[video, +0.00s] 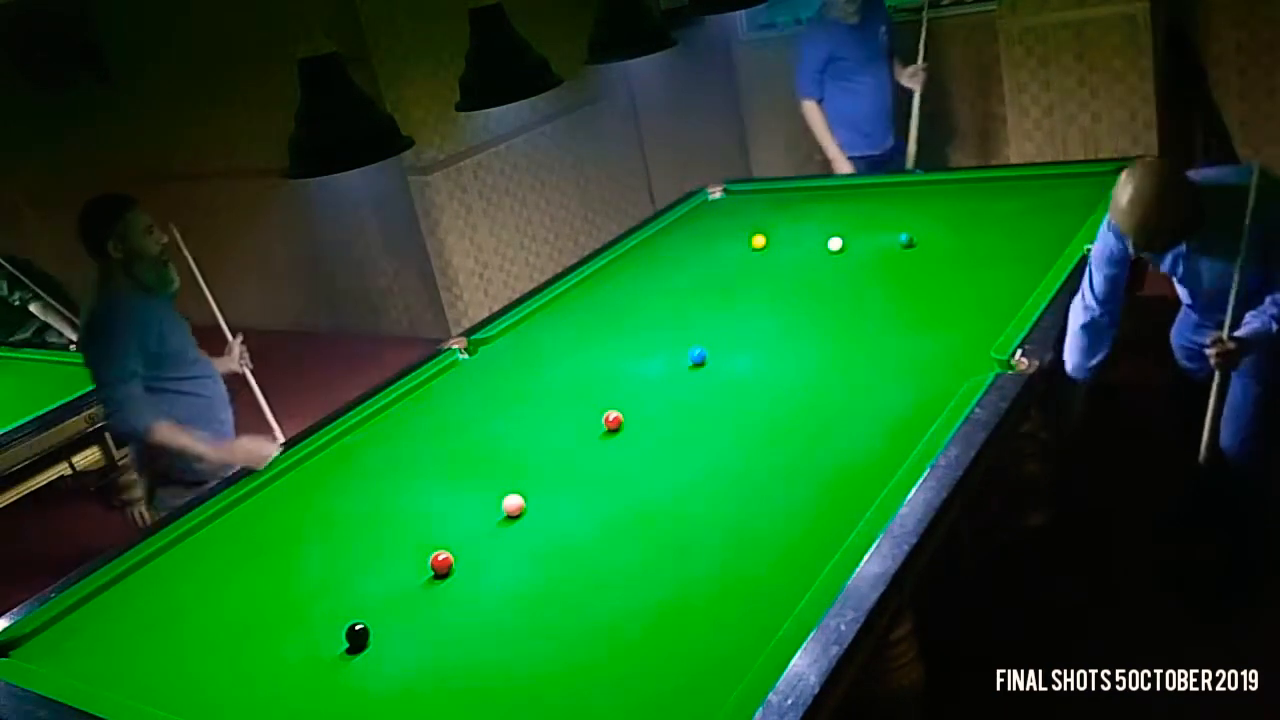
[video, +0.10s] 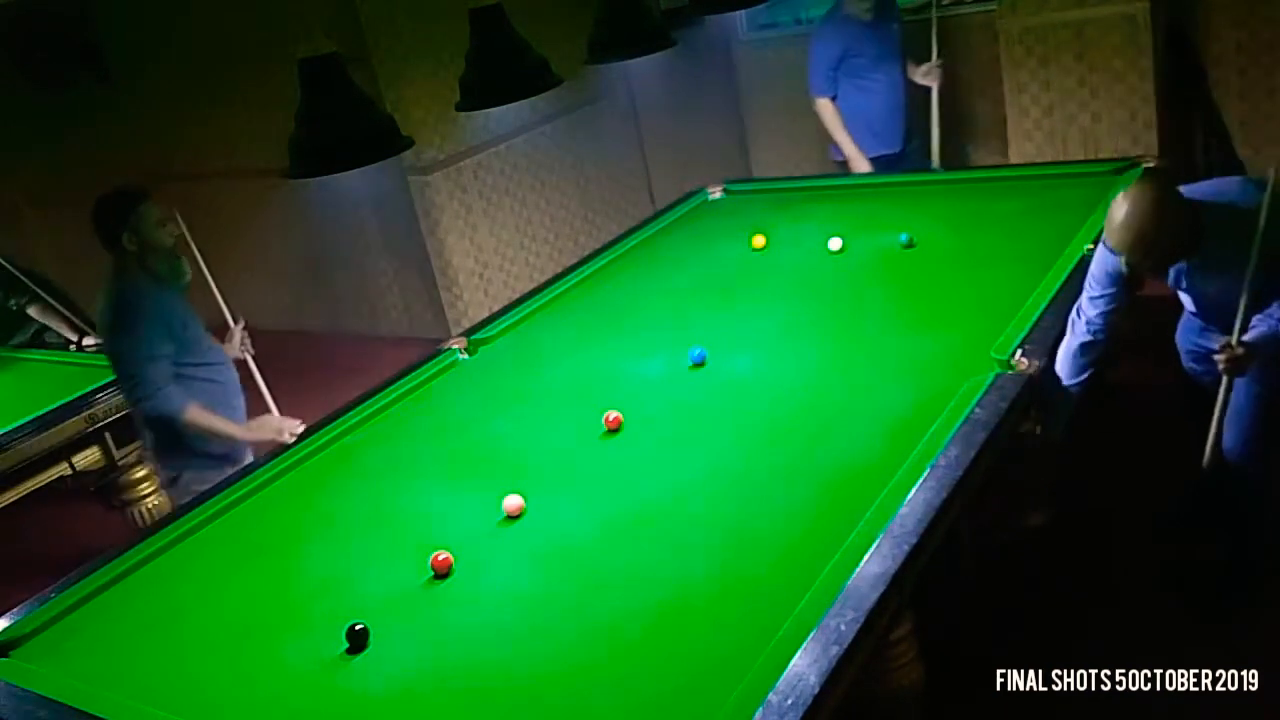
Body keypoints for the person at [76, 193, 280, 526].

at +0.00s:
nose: (163, 239)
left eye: (156, 228)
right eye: (148, 232)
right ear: (117, 249)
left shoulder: (145, 298)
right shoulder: (114, 315)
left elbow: (168, 364)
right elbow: (127, 414)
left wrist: (222, 364)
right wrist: (222, 450)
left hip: (214, 474)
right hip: (185, 488)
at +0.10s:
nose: (175, 231)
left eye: (169, 221)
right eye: (161, 225)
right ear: (131, 241)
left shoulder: (154, 290)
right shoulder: (136, 301)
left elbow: (174, 363)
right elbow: (156, 398)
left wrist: (223, 352)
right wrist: (244, 431)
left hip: (227, 464)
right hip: (202, 480)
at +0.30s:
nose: (201, 211)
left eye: (196, 201)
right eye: (187, 205)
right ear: (159, 218)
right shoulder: (170, 272)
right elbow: (188, 368)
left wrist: (228, 322)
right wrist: (271, 402)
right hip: (230, 434)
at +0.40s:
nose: (217, 205)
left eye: (211, 196)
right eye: (203, 199)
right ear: (176, 213)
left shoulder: (180, 260)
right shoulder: (187, 266)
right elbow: (203, 359)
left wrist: (237, 313)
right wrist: (282, 394)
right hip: (244, 428)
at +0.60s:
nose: (260, 199)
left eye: (256, 189)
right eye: (248, 190)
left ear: (212, 205)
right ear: (222, 201)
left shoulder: (199, 256)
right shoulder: (239, 254)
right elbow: (244, 341)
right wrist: (315, 377)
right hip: (281, 409)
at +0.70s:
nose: (287, 193)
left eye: (283, 183)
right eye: (274, 186)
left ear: (242, 202)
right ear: (246, 199)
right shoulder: (269, 248)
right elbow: (272, 333)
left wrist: (345, 366)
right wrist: (340, 363)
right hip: (309, 401)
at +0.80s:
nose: (314, 183)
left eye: (311, 174)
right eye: (303, 176)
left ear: (260, 190)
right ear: (286, 186)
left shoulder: (245, 242)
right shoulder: (302, 241)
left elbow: (250, 307)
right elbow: (307, 320)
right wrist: (368, 349)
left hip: (289, 386)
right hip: (337, 381)